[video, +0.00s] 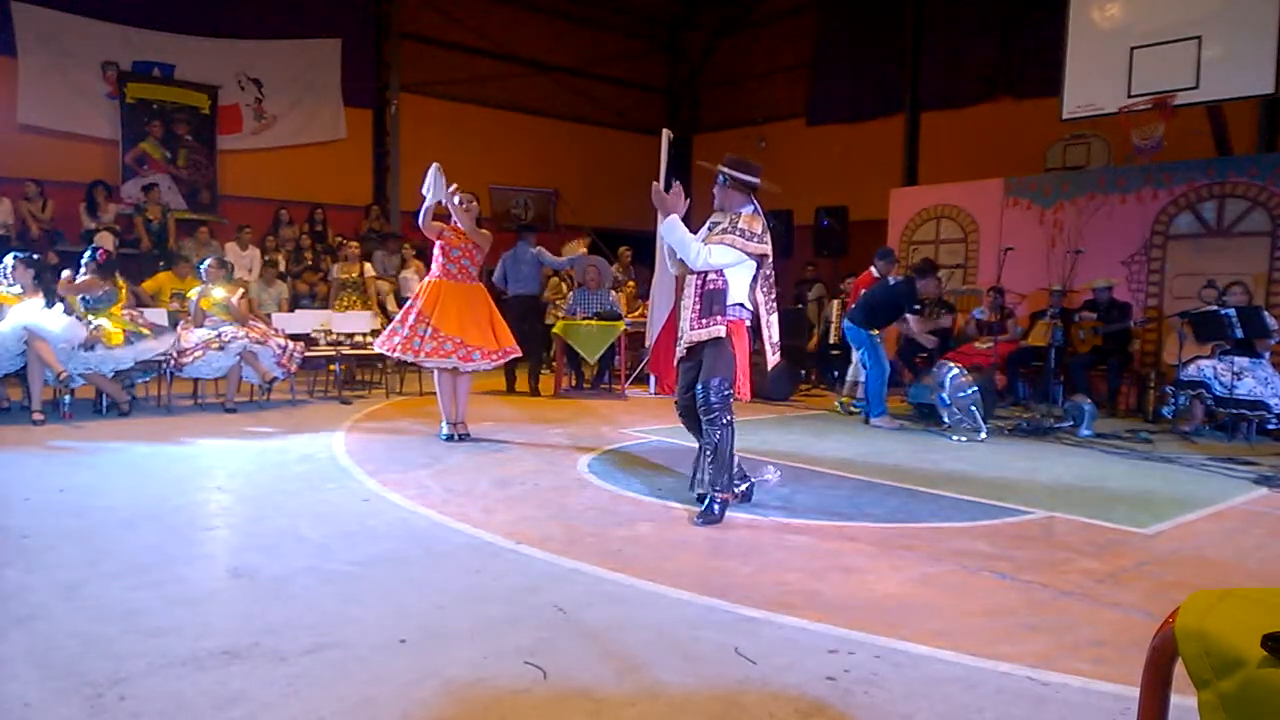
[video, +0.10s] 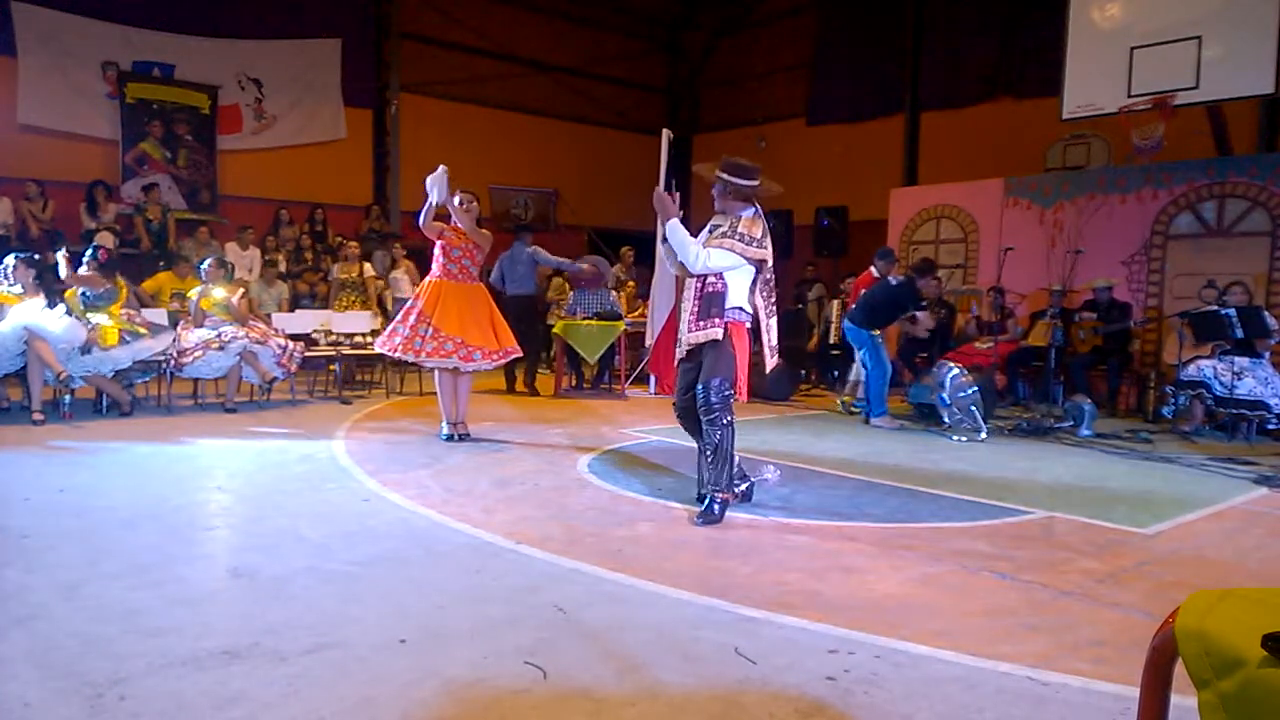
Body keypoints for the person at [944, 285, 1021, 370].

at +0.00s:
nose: (992, 300)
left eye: (996, 298)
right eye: (989, 296)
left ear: (1001, 300)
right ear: (985, 297)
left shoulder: (1007, 313)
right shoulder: (978, 313)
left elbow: (1013, 335)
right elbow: (973, 335)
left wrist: (991, 339)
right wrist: (967, 325)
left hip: (1002, 344)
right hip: (982, 344)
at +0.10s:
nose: (992, 300)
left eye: (996, 298)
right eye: (990, 297)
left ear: (1002, 300)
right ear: (985, 298)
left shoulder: (1007, 313)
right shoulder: (979, 314)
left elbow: (1012, 335)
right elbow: (973, 336)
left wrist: (992, 339)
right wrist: (968, 325)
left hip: (1003, 344)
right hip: (983, 345)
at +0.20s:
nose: (992, 300)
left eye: (996, 298)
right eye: (990, 297)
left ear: (1002, 300)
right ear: (985, 298)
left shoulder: (1007, 312)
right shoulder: (978, 313)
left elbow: (1013, 335)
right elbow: (974, 335)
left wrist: (992, 339)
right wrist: (967, 325)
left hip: (1003, 343)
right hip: (983, 344)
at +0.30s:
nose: (992, 300)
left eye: (996, 298)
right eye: (990, 297)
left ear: (1002, 300)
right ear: (985, 298)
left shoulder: (1007, 313)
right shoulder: (979, 314)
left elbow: (1012, 335)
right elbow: (972, 335)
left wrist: (991, 339)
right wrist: (967, 324)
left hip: (1003, 343)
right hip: (983, 344)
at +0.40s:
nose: (992, 300)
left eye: (996, 297)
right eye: (989, 297)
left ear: (1002, 299)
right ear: (985, 298)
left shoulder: (1007, 312)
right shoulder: (979, 313)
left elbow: (1012, 335)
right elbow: (972, 333)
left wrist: (991, 339)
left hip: (1002, 343)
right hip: (983, 343)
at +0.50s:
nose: (992, 300)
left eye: (996, 297)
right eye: (989, 296)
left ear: (1002, 300)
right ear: (985, 297)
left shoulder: (1007, 313)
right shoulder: (981, 312)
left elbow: (1012, 335)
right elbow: (973, 334)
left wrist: (991, 339)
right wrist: (972, 320)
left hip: (1002, 343)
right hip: (983, 342)